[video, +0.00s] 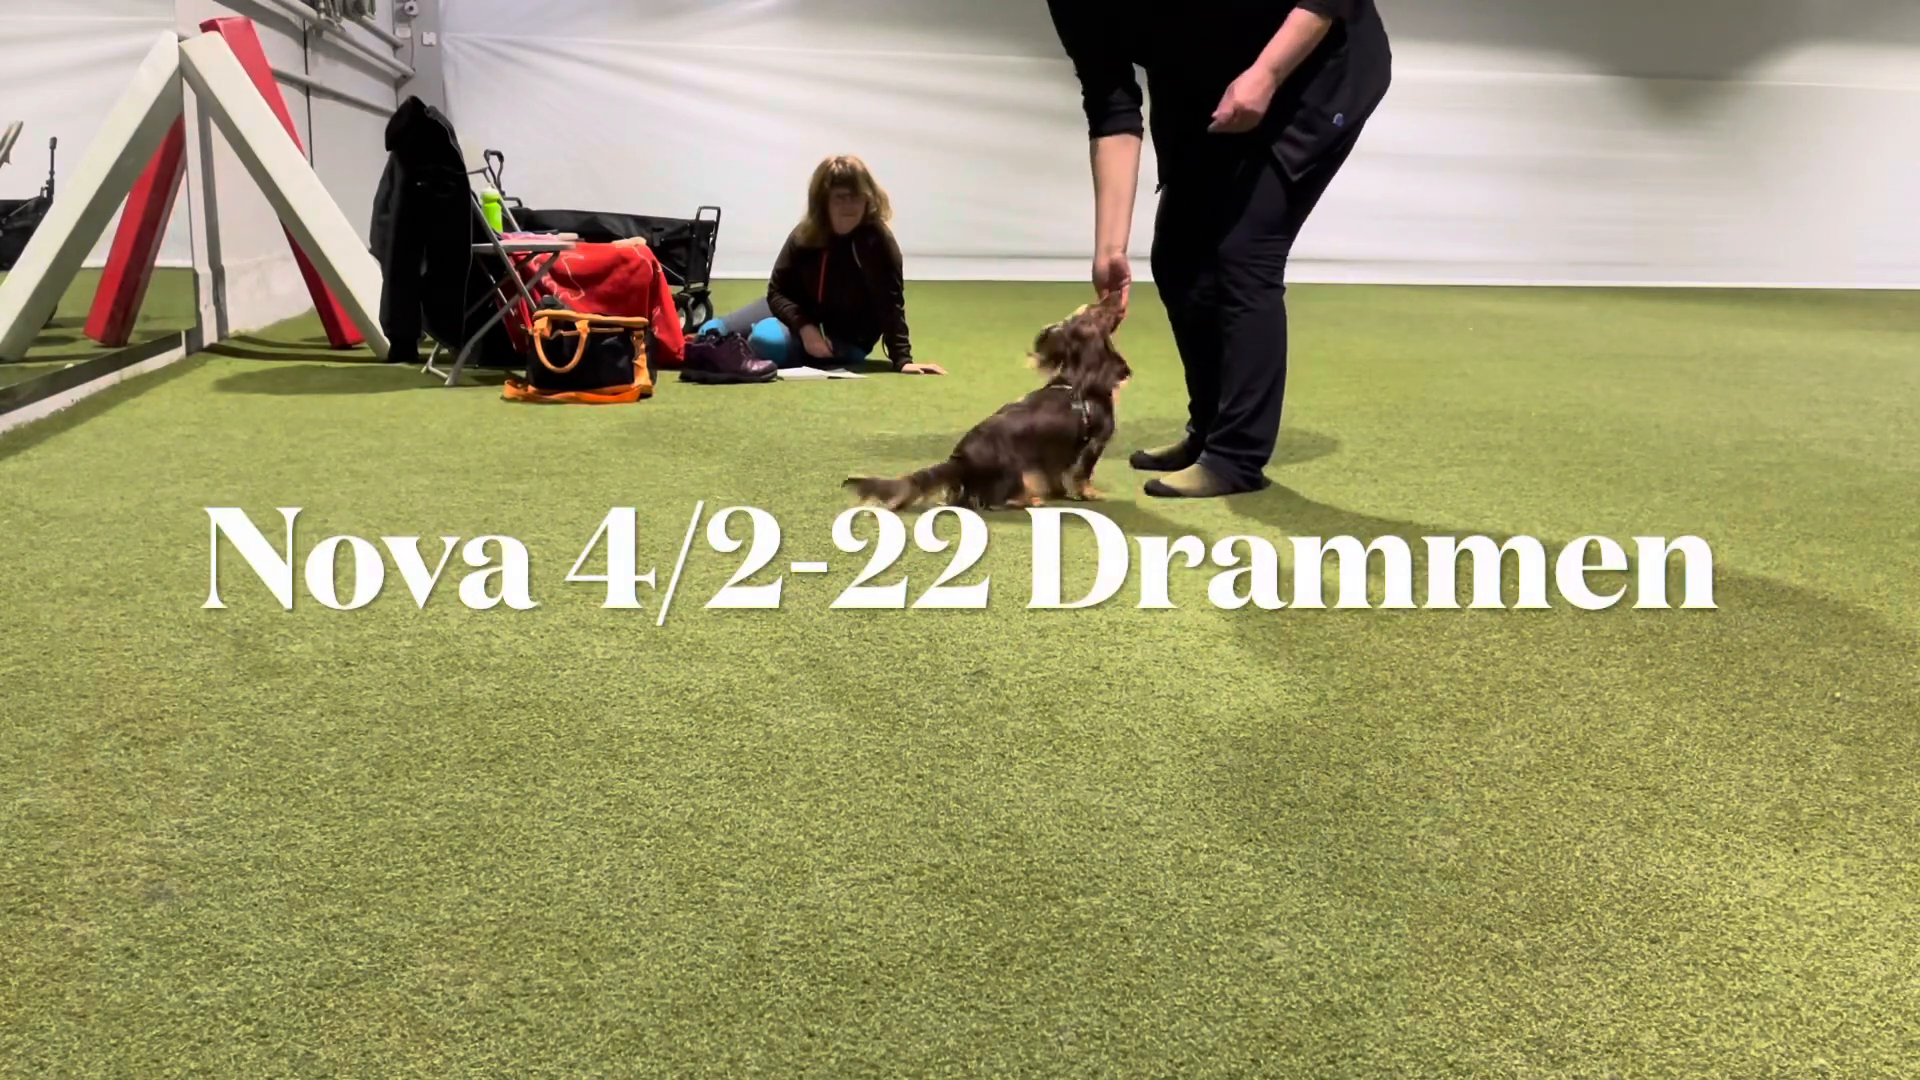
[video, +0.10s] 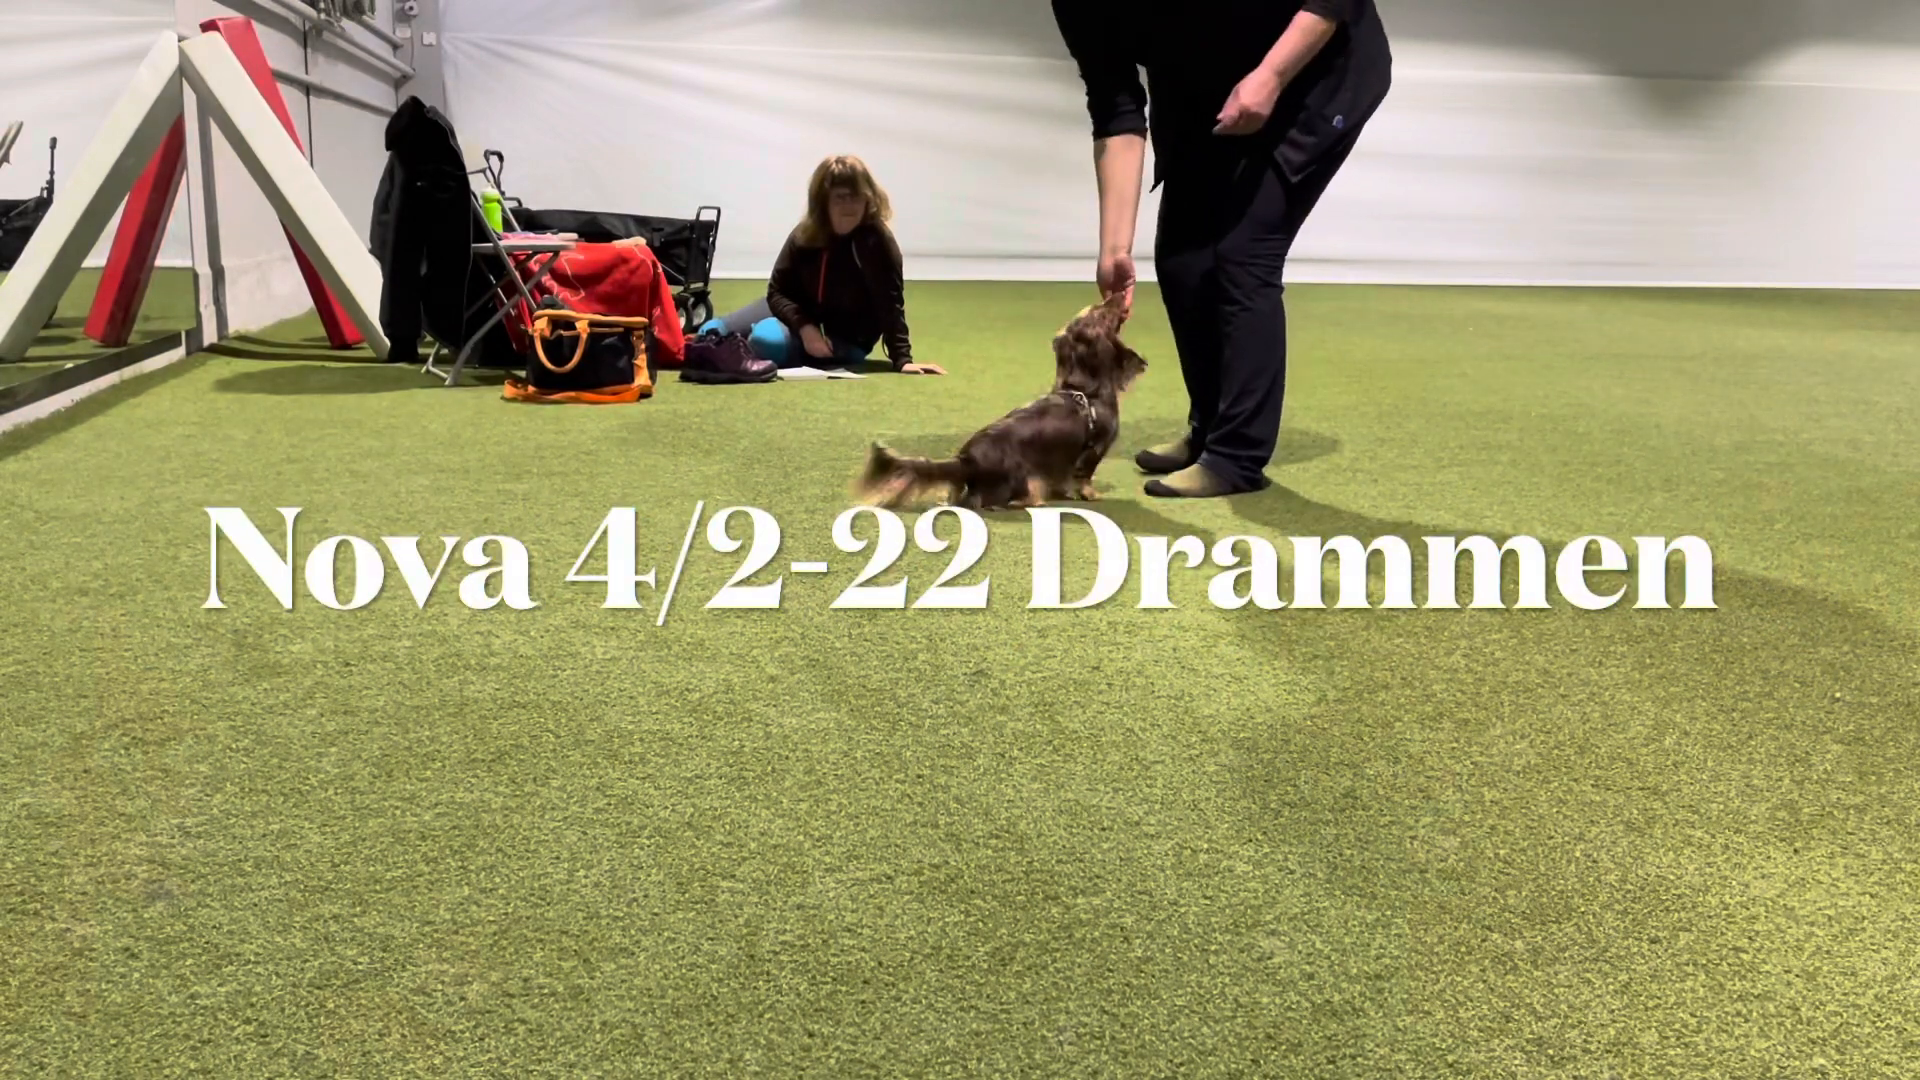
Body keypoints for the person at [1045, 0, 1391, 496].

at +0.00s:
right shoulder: (1076, 12)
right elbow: (1111, 101)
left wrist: (1266, 70)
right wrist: (1110, 248)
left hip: (1320, 48)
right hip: (1197, 67)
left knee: (1245, 255)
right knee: (1178, 257)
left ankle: (1236, 459)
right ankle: (1210, 435)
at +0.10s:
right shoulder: (1080, 12)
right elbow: (1115, 104)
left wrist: (1271, 72)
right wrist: (1115, 249)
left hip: (1322, 52)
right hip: (1199, 69)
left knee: (1244, 255)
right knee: (1181, 256)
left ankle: (1237, 459)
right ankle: (1210, 435)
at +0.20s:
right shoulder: (1084, 13)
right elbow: (1116, 105)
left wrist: (1279, 72)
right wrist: (1113, 248)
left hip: (1320, 60)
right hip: (1197, 75)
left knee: (1247, 256)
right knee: (1192, 259)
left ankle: (1239, 459)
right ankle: (1208, 439)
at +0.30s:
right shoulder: (1090, 13)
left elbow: (1342, 1)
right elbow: (1117, 109)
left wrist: (1285, 70)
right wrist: (1113, 246)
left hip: (1316, 72)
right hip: (1197, 88)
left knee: (1248, 258)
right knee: (1196, 265)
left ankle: (1239, 458)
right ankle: (1211, 444)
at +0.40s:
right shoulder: (1098, 11)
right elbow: (1119, 96)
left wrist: (1295, 61)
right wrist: (1118, 232)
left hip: (1310, 78)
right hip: (1197, 91)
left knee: (1254, 256)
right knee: (1192, 260)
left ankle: (1239, 457)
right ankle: (1210, 443)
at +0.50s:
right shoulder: (1110, 9)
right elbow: (1123, 75)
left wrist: (1305, 49)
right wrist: (1120, 218)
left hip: (1304, 80)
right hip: (1192, 85)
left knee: (1266, 265)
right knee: (1189, 266)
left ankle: (1242, 453)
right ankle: (1210, 443)